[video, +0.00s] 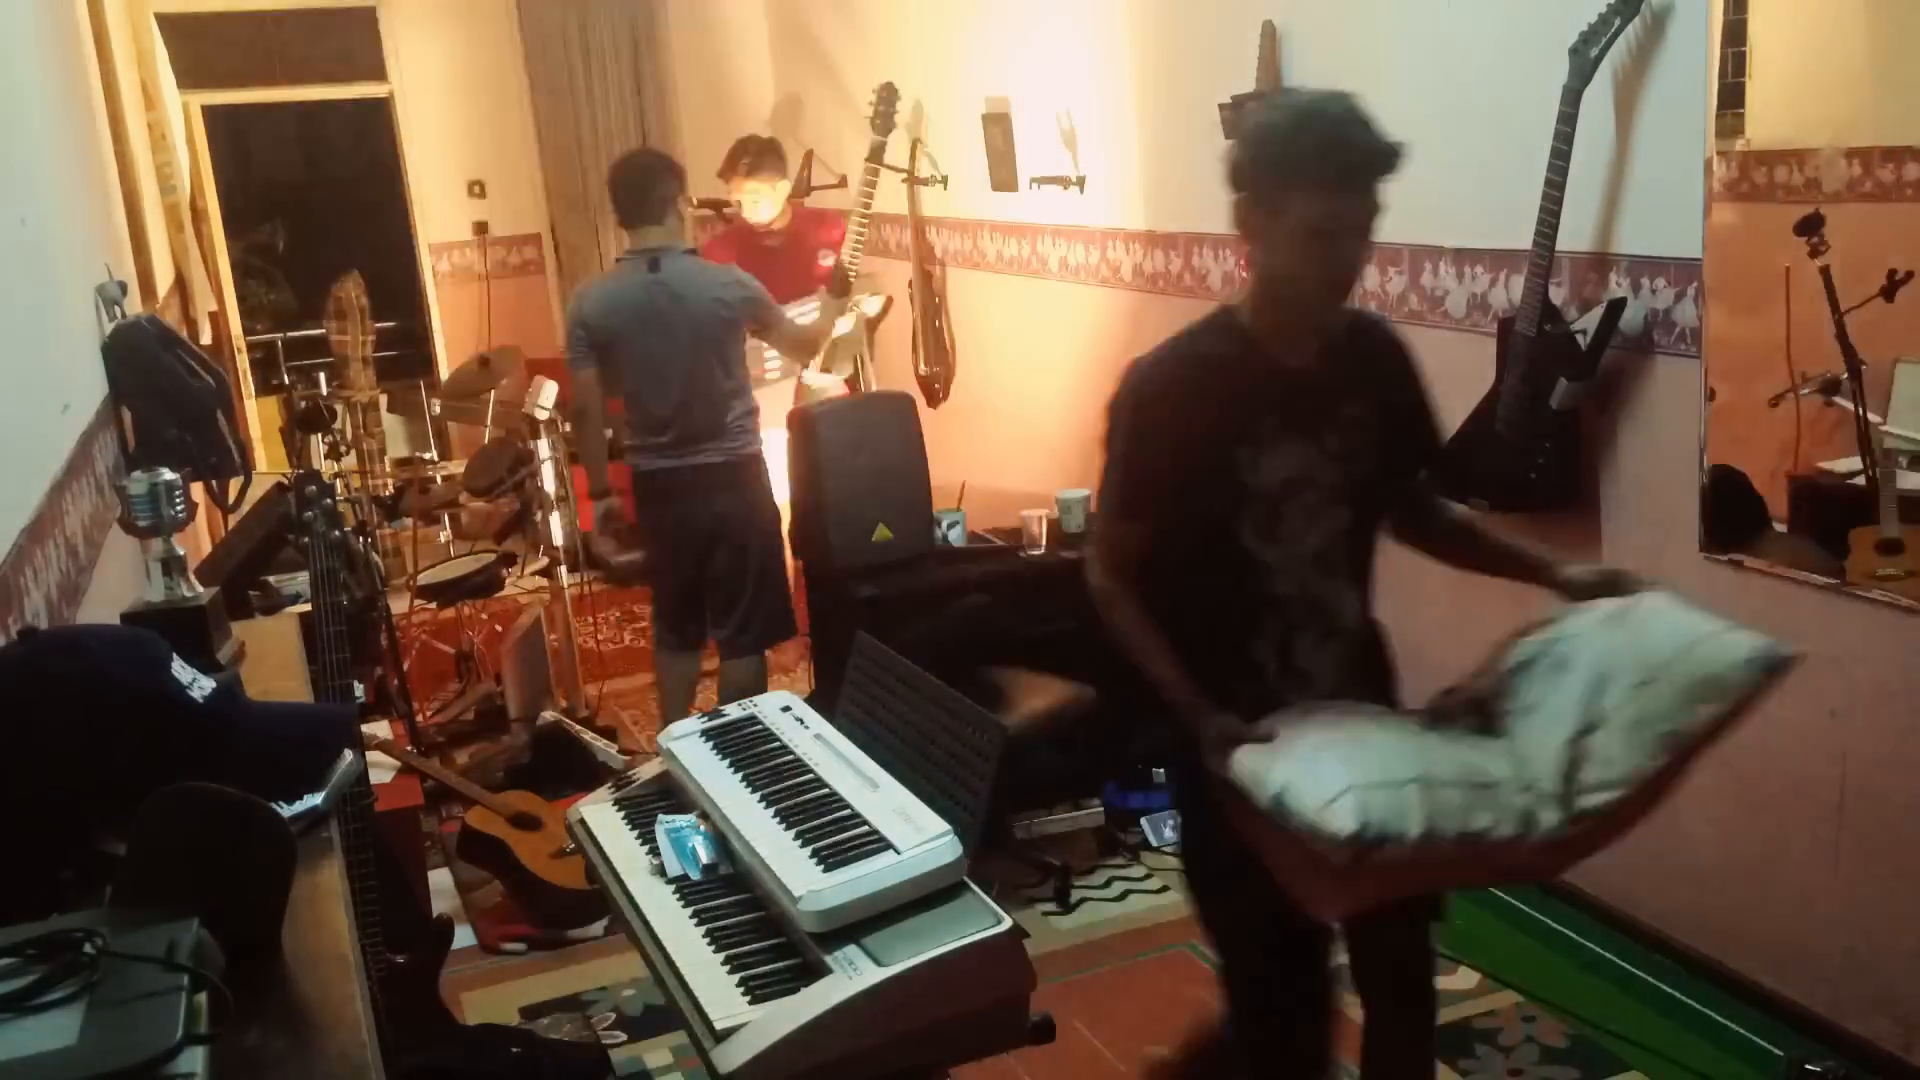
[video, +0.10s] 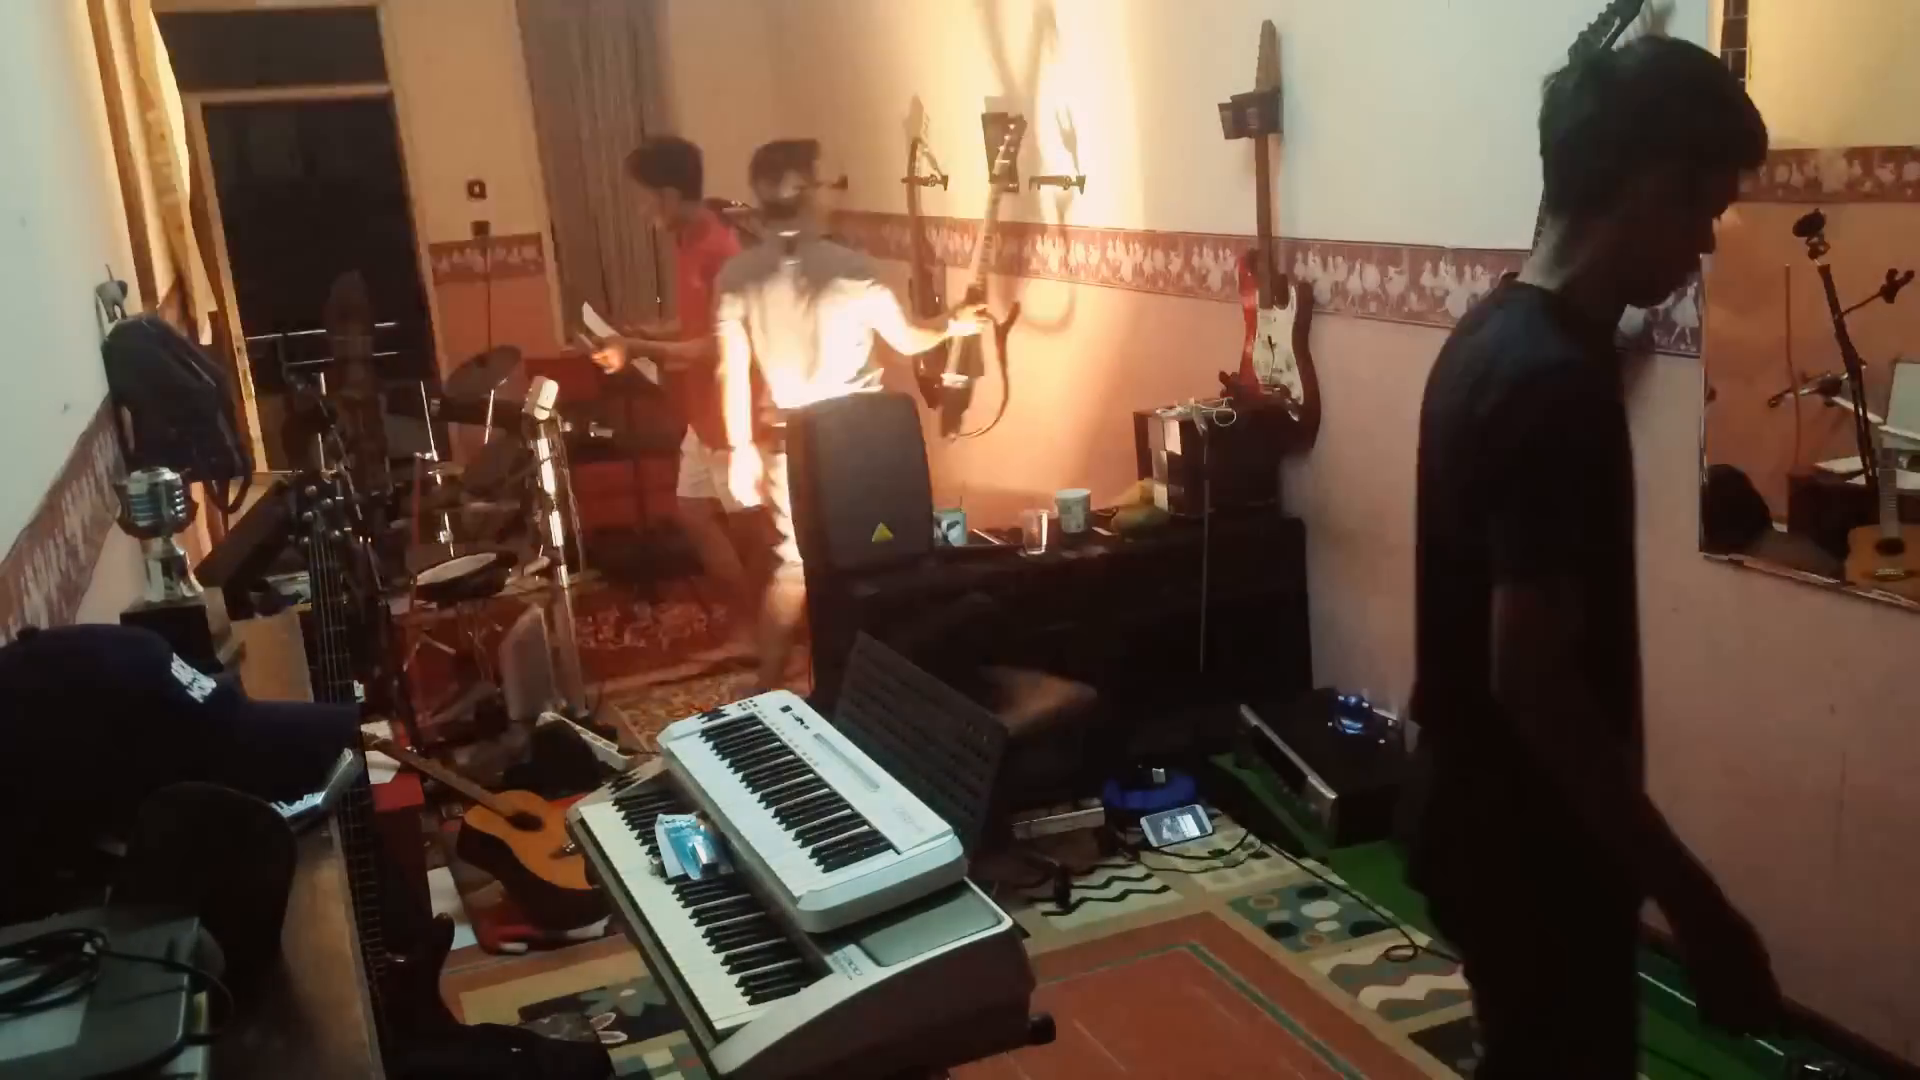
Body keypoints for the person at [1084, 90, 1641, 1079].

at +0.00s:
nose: (1347, 256)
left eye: (1360, 229)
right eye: (1322, 231)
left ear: (1374, 226)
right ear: (1250, 224)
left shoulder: (1370, 356)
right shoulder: (1170, 386)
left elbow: (1413, 510)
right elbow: (1110, 574)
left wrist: (1559, 575)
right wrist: (1206, 722)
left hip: (1357, 704)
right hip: (1225, 722)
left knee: (1403, 990)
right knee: (1284, 1019)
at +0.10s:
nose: (1709, 242)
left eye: (1720, 211)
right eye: (1709, 207)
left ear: (1577, 177)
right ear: (1649, 190)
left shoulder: (1492, 341)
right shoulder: (1554, 378)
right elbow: (1540, 684)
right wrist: (1699, 910)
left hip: (1478, 813)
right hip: (1538, 838)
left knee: (1532, 1061)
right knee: (1573, 1067)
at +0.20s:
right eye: (1817, 122)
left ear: (1677, 145)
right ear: (1816, 140)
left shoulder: (1603, 318)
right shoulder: (1888, 304)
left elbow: (1573, 545)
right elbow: (1907, 528)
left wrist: (1595, 703)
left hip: (1666, 720)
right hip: (1842, 716)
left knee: (1675, 992)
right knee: (1832, 1021)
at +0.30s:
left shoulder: (1881, 257)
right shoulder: (1879, 258)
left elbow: (1840, 375)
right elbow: (1841, 378)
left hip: (1879, 652)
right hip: (1879, 653)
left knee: (1800, 932)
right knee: (1805, 933)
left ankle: (1758, 1069)